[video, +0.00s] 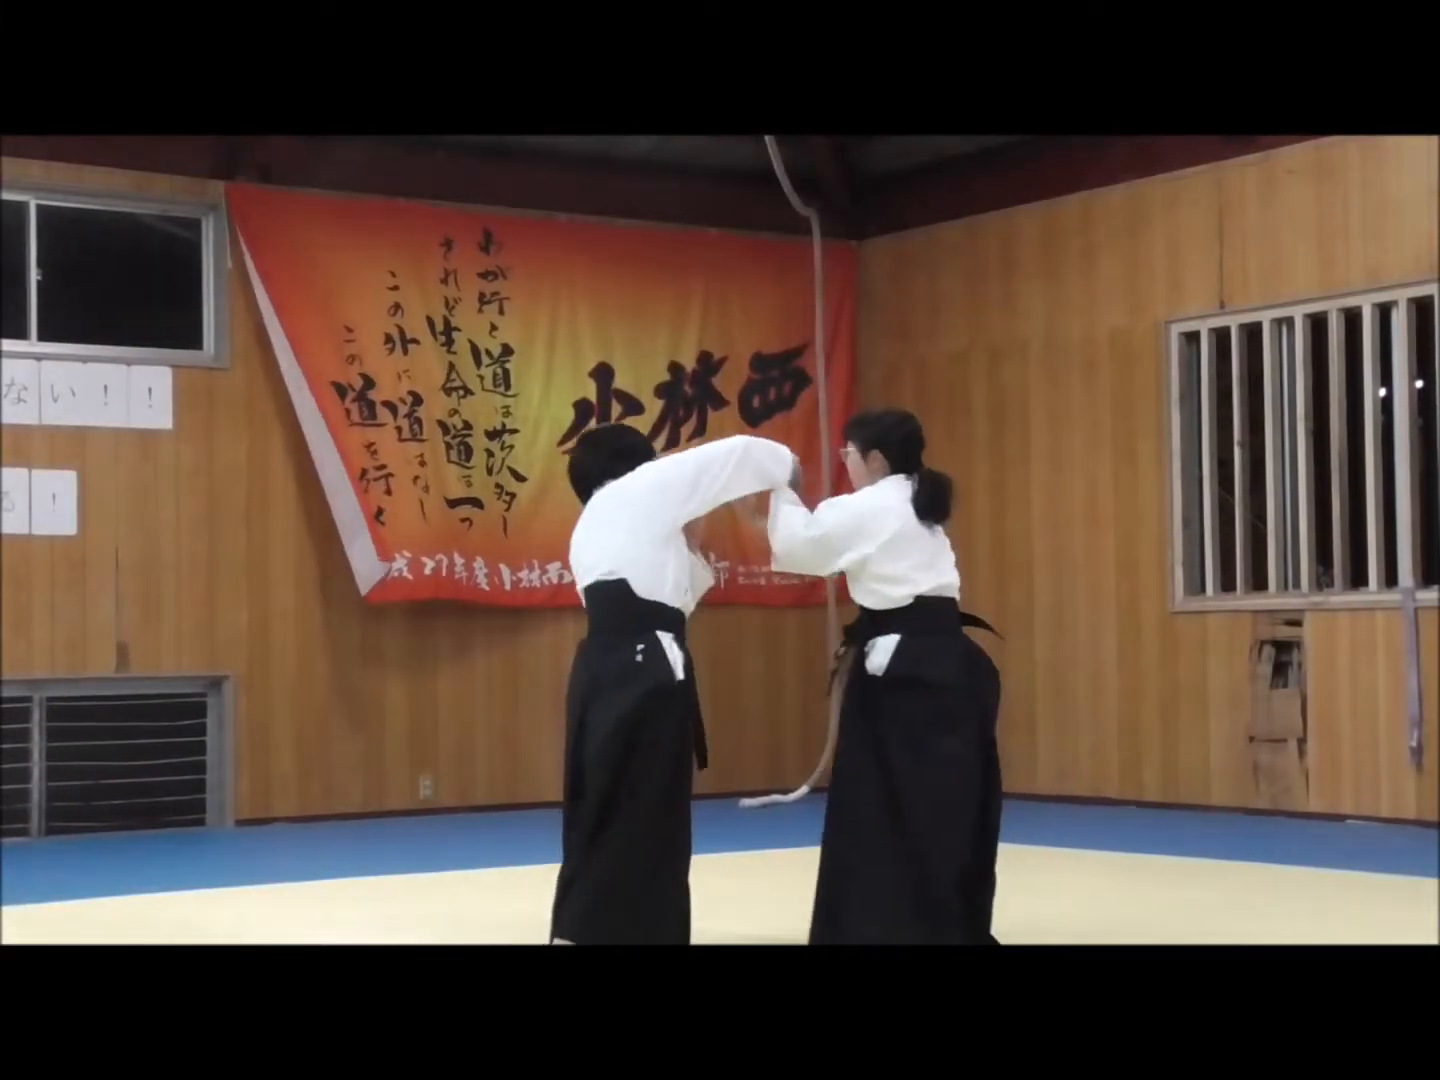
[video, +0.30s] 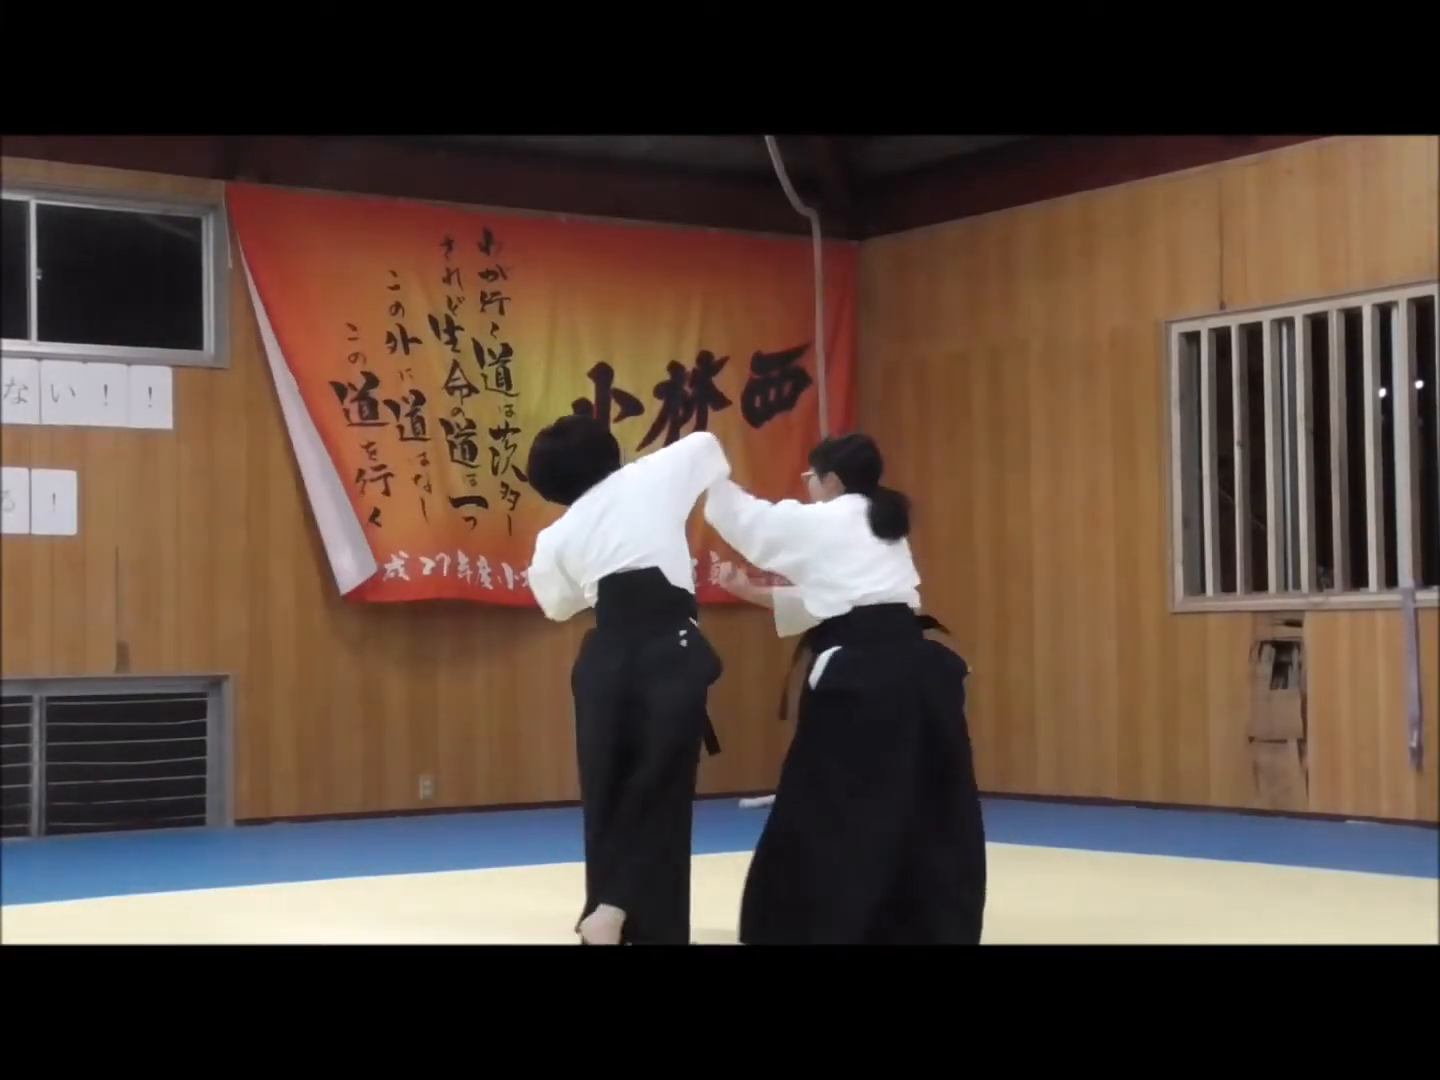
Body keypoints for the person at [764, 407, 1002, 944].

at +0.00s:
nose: (846, 467)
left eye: (850, 457)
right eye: (845, 457)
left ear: (875, 458)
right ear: (902, 456)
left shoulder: (871, 507)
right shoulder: (924, 502)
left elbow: (797, 542)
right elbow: (823, 542)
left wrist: (777, 488)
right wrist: (776, 510)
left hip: (901, 664)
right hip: (954, 659)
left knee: (882, 802)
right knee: (949, 807)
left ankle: (880, 928)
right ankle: (944, 929)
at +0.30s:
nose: (806, 484)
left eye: (811, 476)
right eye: (808, 476)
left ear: (830, 481)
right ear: (867, 479)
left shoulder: (813, 522)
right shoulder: (887, 520)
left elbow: (731, 511)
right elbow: (835, 591)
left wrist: (710, 461)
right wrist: (757, 592)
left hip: (854, 669)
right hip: (919, 662)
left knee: (822, 809)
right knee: (917, 808)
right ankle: (918, 930)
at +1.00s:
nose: (678, 631)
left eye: (677, 621)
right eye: (677, 623)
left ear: (689, 609)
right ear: (728, 595)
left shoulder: (695, 640)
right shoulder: (772, 606)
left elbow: (683, 751)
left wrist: (686, 832)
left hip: (777, 697)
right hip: (847, 680)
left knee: (770, 826)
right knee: (892, 798)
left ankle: (764, 928)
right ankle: (945, 923)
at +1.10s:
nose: (679, 609)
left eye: (680, 599)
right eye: (678, 600)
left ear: (691, 586)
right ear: (733, 576)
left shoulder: (692, 618)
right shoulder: (773, 593)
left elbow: (679, 711)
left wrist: (674, 782)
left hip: (774, 689)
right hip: (846, 674)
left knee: (761, 817)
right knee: (887, 791)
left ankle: (757, 929)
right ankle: (942, 920)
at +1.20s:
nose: (684, 575)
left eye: (687, 566)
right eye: (685, 567)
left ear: (702, 557)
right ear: (739, 550)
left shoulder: (694, 590)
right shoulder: (781, 577)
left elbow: (656, 671)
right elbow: (814, 628)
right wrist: (733, 688)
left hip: (774, 682)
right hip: (846, 673)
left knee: (759, 817)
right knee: (887, 792)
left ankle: (760, 931)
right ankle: (942, 921)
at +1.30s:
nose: (696, 551)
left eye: (698, 543)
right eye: (697, 544)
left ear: (714, 536)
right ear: (752, 531)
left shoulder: (705, 567)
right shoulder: (790, 563)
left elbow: (627, 618)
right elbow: (804, 624)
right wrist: (732, 667)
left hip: (779, 679)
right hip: (848, 672)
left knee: (755, 811)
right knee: (886, 795)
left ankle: (758, 930)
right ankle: (940, 915)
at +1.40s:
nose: (705, 535)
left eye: (707, 526)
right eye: (706, 527)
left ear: (725, 520)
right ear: (761, 515)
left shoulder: (715, 555)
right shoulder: (800, 551)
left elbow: (641, 579)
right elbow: (812, 618)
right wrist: (738, 651)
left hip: (781, 678)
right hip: (848, 671)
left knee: (756, 806)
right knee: (889, 789)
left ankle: (756, 928)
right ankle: (940, 908)